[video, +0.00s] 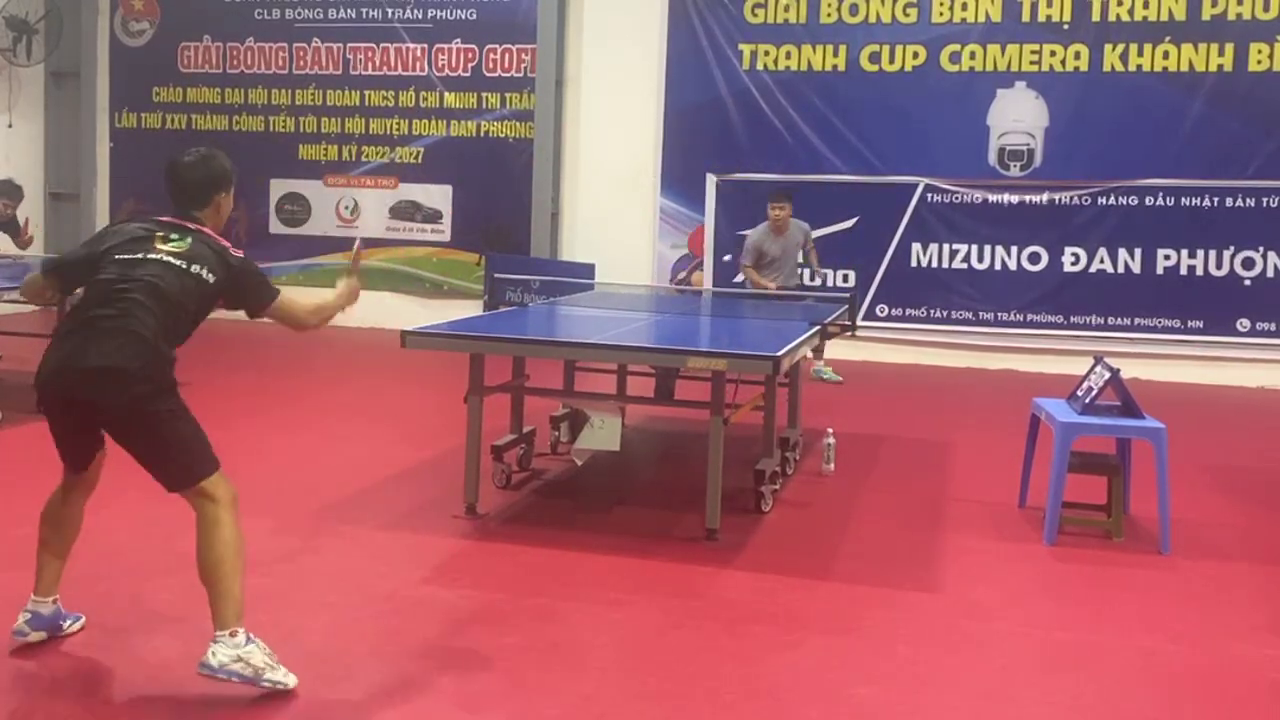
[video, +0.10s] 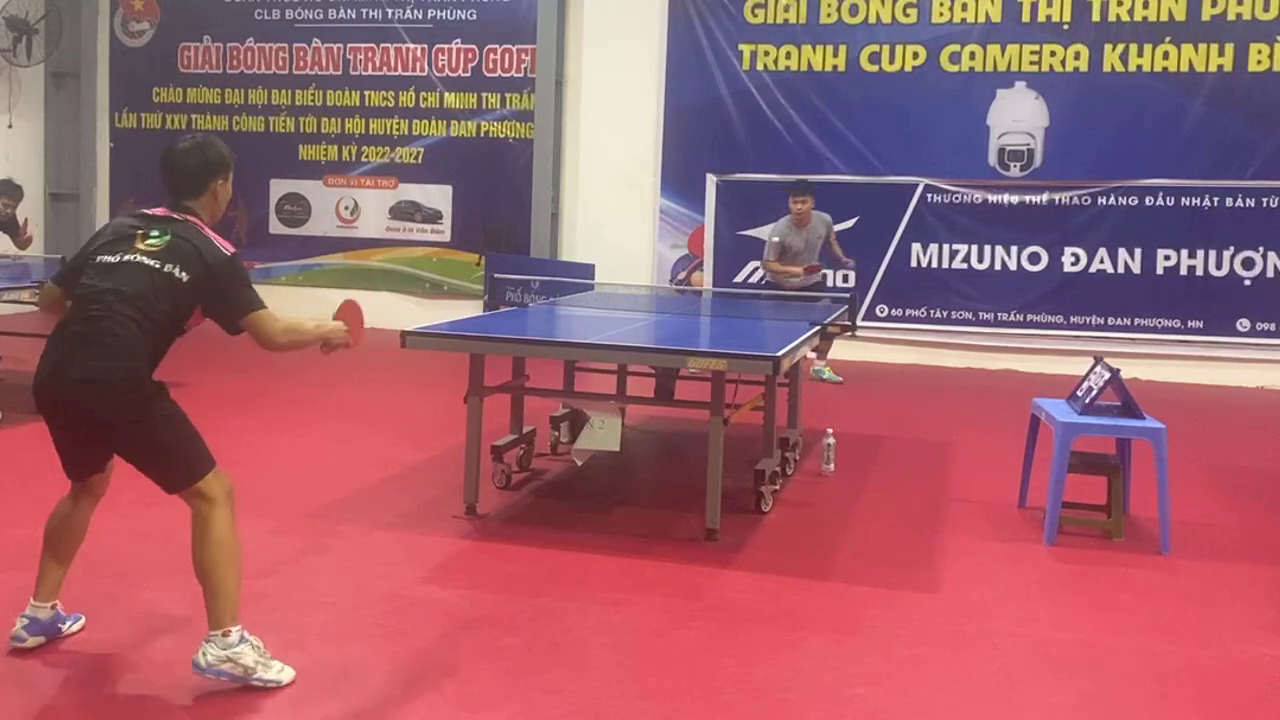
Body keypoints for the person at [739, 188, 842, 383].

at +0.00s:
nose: (777, 214)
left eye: (781, 209)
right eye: (773, 209)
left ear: (790, 210)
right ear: (767, 210)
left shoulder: (801, 229)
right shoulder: (756, 237)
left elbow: (809, 248)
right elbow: (746, 267)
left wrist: (815, 266)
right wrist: (765, 284)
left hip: (793, 291)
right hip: (763, 293)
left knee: (820, 317)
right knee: (759, 328)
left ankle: (818, 364)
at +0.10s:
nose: (798, 208)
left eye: (803, 203)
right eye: (795, 203)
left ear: (812, 204)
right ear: (789, 204)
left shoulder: (824, 221)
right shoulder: (779, 230)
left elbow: (832, 242)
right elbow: (769, 265)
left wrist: (842, 259)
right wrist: (800, 271)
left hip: (812, 284)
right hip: (780, 287)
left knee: (832, 319)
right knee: (777, 325)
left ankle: (820, 364)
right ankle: (786, 362)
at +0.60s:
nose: (851, 200)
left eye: (856, 196)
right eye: (847, 196)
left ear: (865, 199)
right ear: (842, 201)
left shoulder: (881, 224)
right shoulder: (836, 230)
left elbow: (898, 248)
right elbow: (822, 256)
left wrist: (911, 274)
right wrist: (818, 257)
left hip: (874, 288)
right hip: (842, 288)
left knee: (886, 329)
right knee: (815, 318)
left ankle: (909, 374)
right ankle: (810, 365)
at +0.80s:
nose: (828, 196)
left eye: (833, 191)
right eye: (824, 191)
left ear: (842, 193)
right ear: (819, 195)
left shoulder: (860, 220)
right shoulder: (811, 225)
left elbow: (870, 246)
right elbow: (800, 251)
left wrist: (866, 265)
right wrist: (798, 262)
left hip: (854, 286)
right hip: (821, 286)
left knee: (873, 328)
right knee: (800, 321)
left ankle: (902, 373)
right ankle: (801, 365)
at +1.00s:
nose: (801, 181)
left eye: (805, 177)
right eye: (797, 178)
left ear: (814, 179)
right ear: (792, 182)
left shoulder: (832, 204)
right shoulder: (785, 210)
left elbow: (848, 230)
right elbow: (772, 236)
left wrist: (838, 244)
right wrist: (771, 252)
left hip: (830, 271)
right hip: (797, 269)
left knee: (841, 314)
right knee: (773, 301)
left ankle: (851, 361)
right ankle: (782, 353)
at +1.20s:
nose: (773, 204)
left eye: (777, 199)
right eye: (769, 200)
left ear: (788, 200)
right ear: (765, 203)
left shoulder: (805, 224)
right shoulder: (764, 231)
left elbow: (818, 256)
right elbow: (753, 261)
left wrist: (797, 266)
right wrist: (742, 285)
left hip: (807, 288)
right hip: (776, 286)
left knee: (826, 326)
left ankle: (840, 365)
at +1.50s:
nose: (719, 211)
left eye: (721, 205)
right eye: (716, 207)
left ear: (734, 202)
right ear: (718, 209)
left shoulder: (751, 221)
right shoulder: (735, 230)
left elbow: (761, 254)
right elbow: (747, 262)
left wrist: (732, 254)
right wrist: (733, 270)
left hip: (777, 285)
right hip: (749, 285)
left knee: (801, 324)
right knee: (719, 311)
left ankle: (830, 359)